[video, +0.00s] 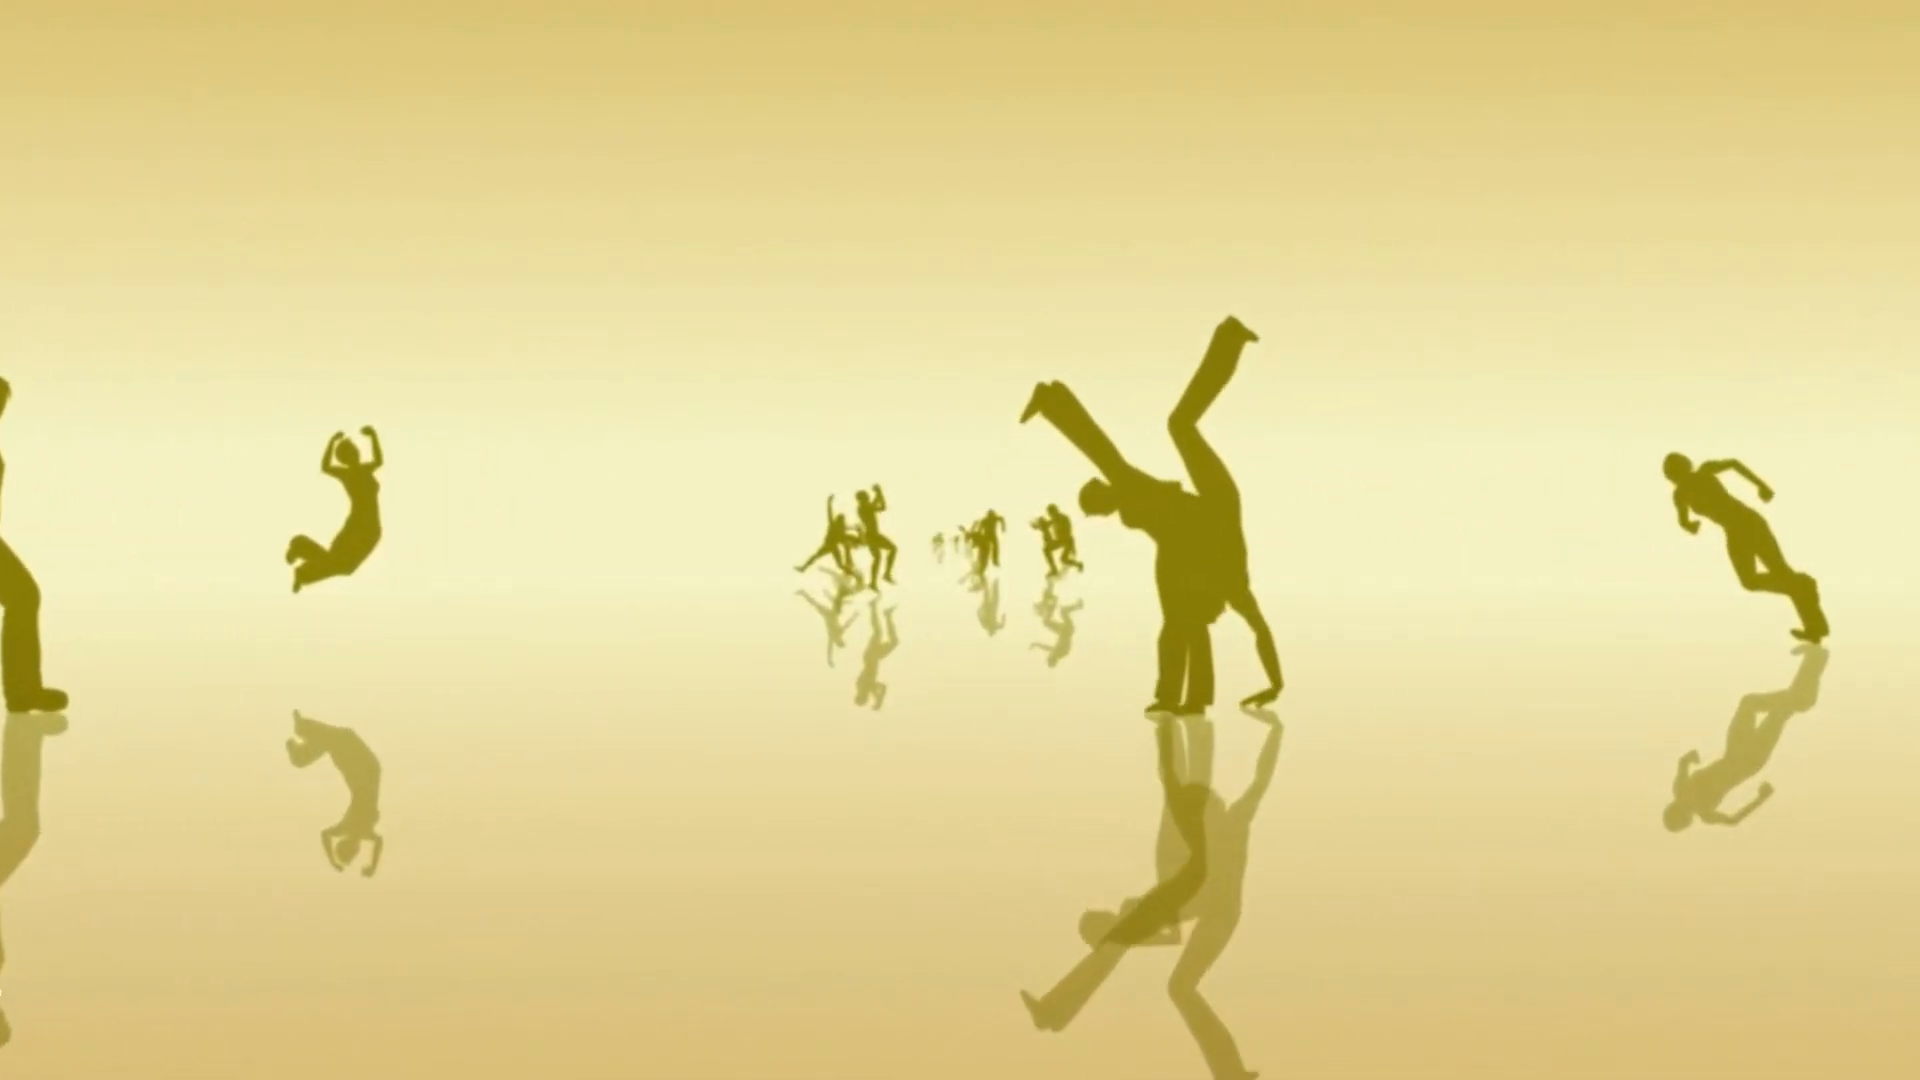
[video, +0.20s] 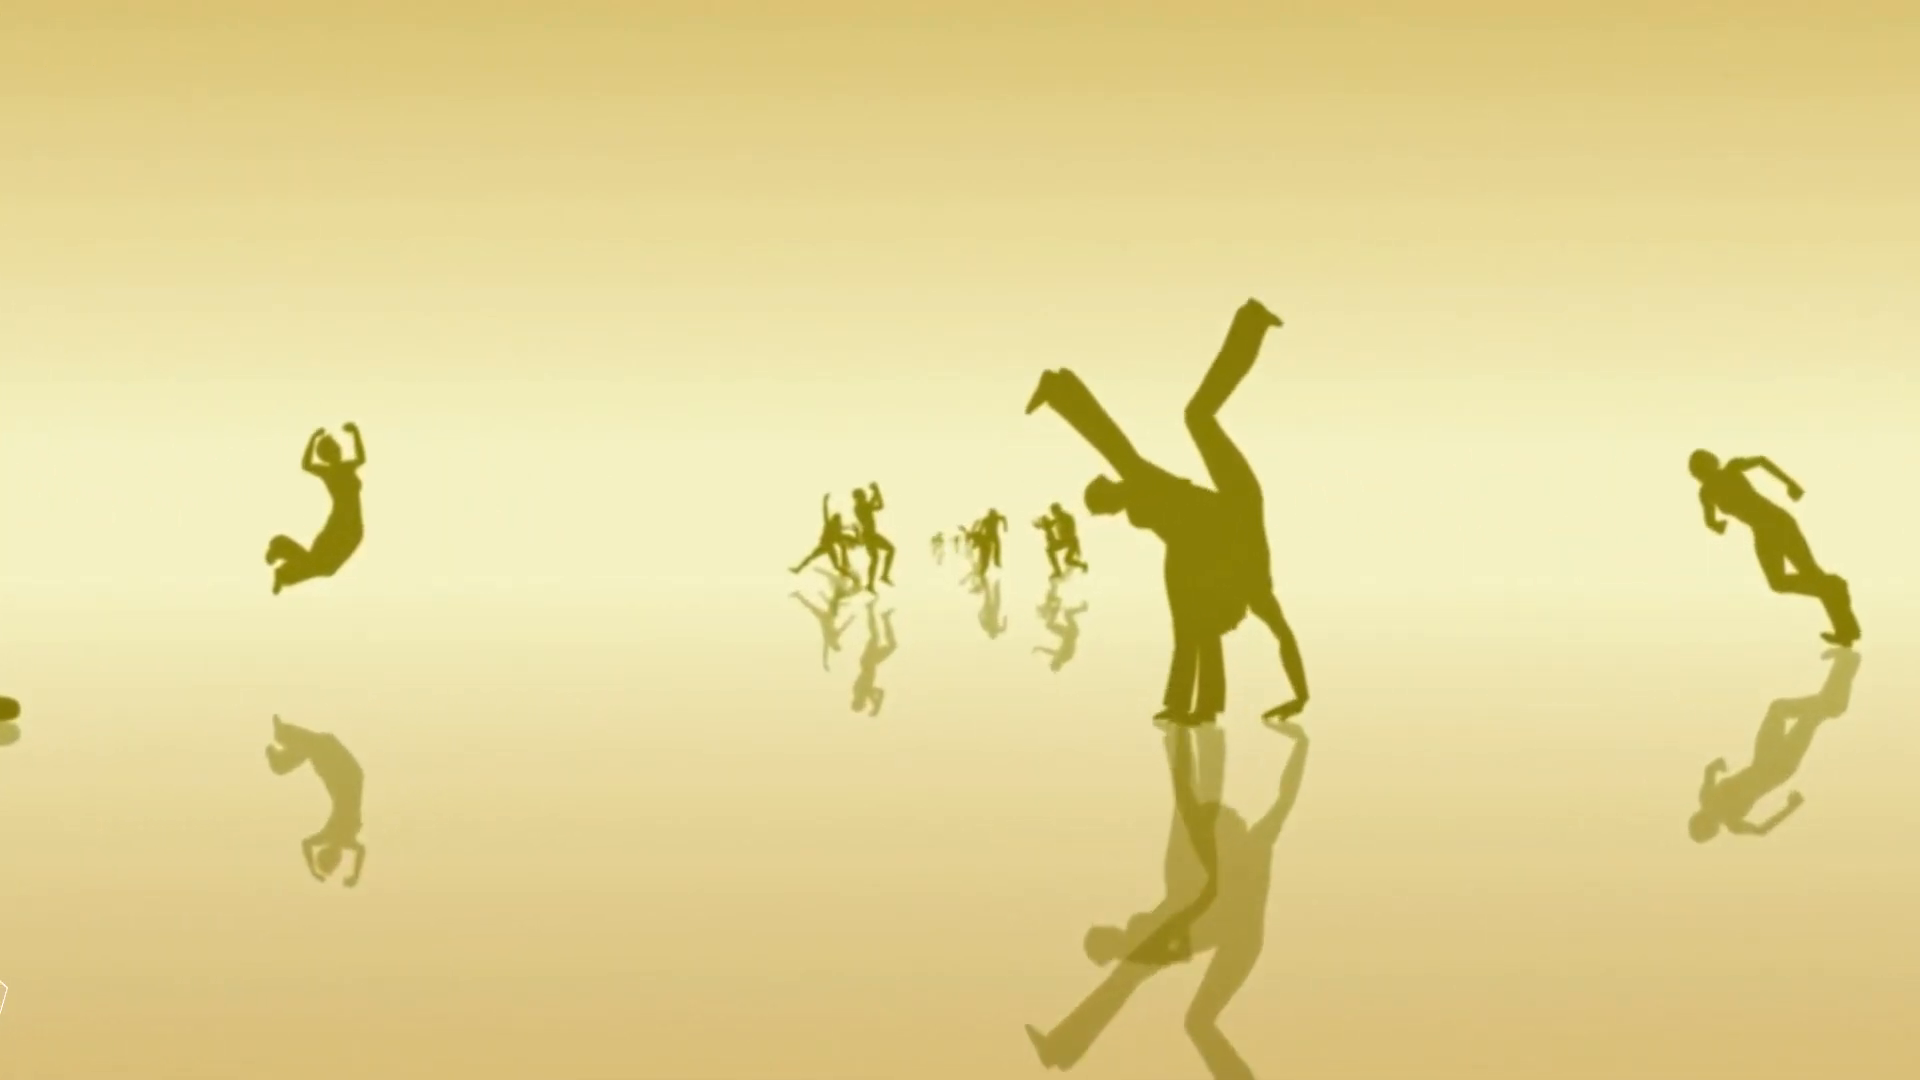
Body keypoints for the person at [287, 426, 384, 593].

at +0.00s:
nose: (352, 453)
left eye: (353, 449)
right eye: (347, 451)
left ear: (358, 450)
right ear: (342, 457)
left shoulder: (365, 470)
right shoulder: (346, 473)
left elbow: (378, 461)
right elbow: (326, 468)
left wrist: (373, 437)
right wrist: (332, 442)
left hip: (373, 526)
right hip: (357, 522)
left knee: (347, 568)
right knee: (335, 561)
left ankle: (304, 575)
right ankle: (301, 545)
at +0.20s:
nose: (334, 449)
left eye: (334, 445)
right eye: (329, 447)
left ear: (339, 447)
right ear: (324, 454)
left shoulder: (346, 468)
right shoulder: (327, 471)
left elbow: (361, 459)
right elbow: (306, 465)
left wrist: (356, 433)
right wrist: (313, 439)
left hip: (354, 525)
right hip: (338, 520)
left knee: (328, 568)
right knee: (317, 562)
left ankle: (285, 576)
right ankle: (282, 546)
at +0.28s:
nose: (322, 448)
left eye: (322, 443)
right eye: (317, 446)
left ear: (328, 445)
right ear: (312, 452)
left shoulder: (335, 466)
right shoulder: (315, 469)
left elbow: (350, 458)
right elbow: (294, 464)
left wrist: (345, 431)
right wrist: (301, 437)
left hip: (344, 526)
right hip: (327, 522)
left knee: (317, 569)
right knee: (306, 562)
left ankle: (273, 577)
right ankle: (269, 546)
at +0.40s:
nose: (315, 447)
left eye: (315, 442)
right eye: (309, 445)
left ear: (320, 444)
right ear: (304, 451)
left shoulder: (328, 465)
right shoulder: (307, 469)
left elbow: (342, 457)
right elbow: (286, 463)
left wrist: (337, 430)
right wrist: (293, 436)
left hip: (336, 525)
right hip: (319, 521)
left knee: (309, 569)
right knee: (297, 562)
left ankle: (264, 577)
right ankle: (260, 546)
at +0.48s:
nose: (303, 445)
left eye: (303, 441)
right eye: (297, 443)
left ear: (308, 443)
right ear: (292, 450)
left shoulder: (316, 464)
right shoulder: (295, 467)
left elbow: (331, 455)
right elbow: (274, 462)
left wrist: (325, 428)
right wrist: (280, 433)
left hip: (324, 525)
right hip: (307, 521)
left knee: (297, 570)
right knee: (285, 563)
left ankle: (251, 578)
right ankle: (247, 546)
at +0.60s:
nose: (295, 446)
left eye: (295, 442)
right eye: (289, 444)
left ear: (300, 442)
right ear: (284, 449)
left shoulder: (309, 463)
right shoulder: (287, 467)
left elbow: (323, 454)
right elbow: (265, 461)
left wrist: (318, 427)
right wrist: (271, 433)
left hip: (316, 524)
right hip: (298, 521)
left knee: (289, 570)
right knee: (276, 564)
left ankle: (242, 578)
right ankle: (238, 546)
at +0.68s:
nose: (283, 443)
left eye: (282, 439)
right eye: (277, 441)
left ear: (286, 440)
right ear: (271, 447)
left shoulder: (296, 461)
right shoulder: (273, 465)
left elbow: (310, 452)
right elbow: (251, 459)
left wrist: (305, 424)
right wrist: (258, 431)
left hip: (304, 524)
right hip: (285, 522)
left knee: (276, 571)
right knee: (262, 564)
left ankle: (228, 579)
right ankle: (224, 546)